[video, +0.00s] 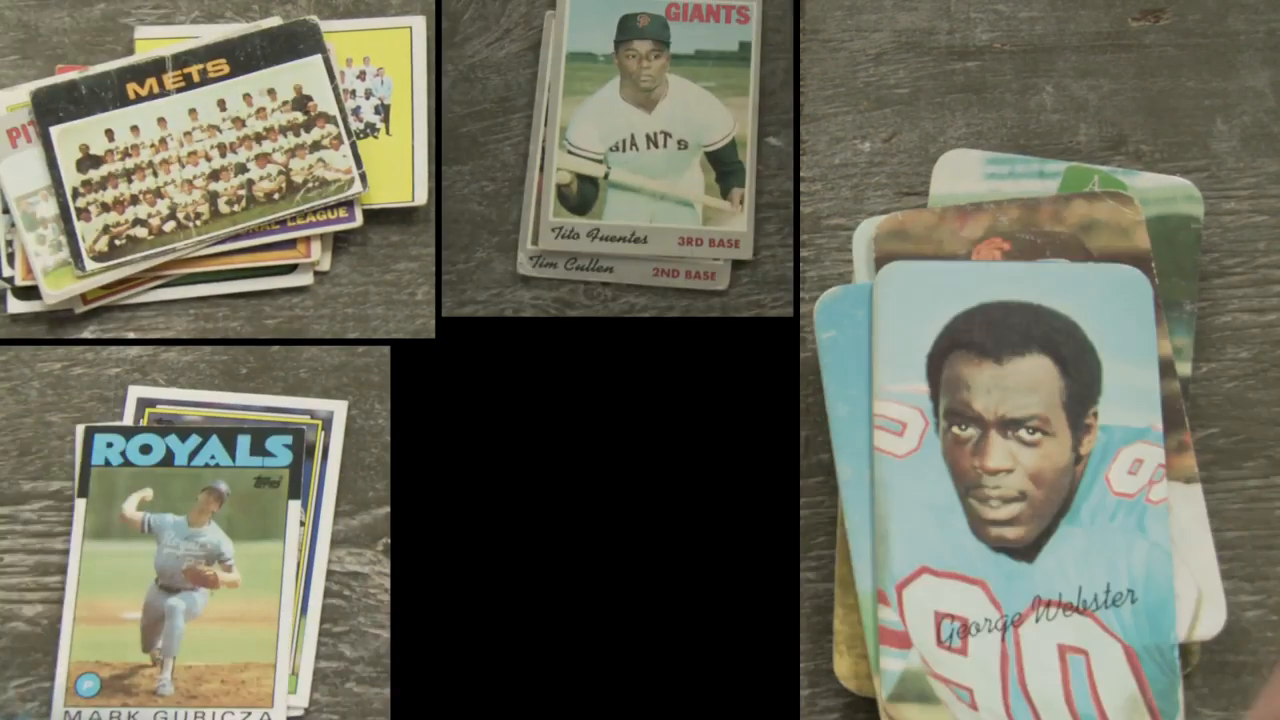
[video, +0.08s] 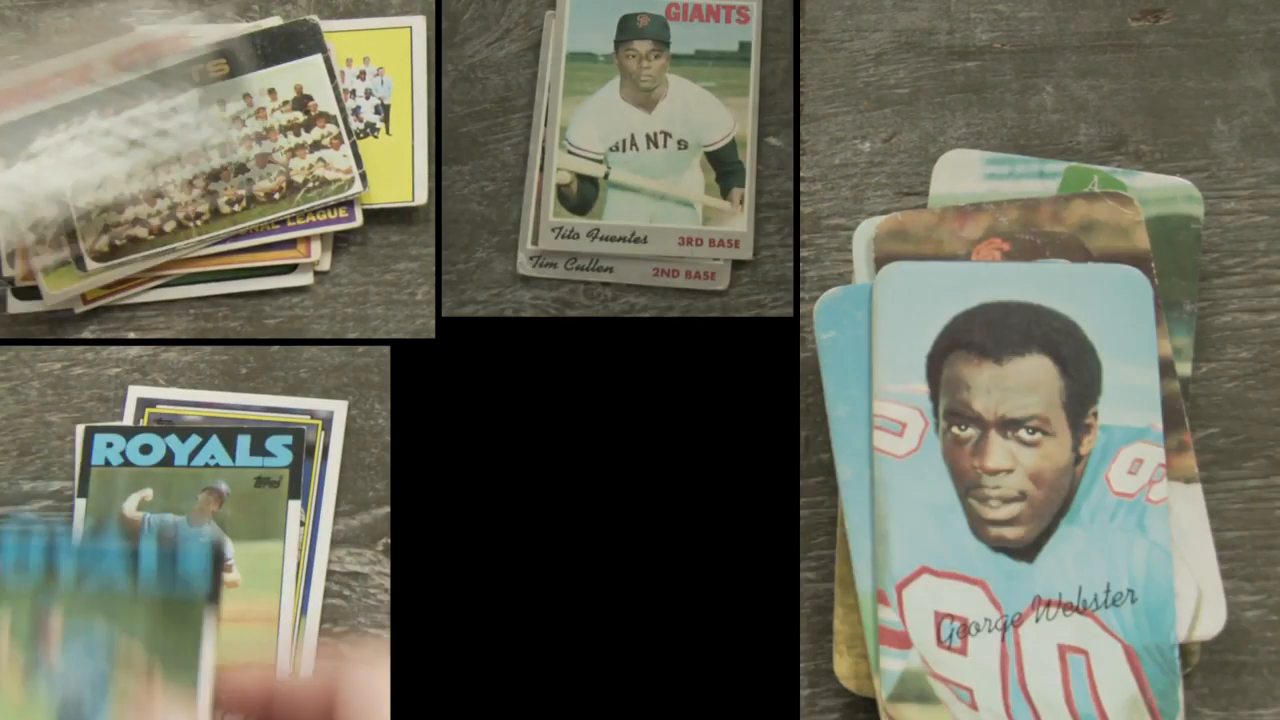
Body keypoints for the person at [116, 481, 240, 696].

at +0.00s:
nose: (211, 500)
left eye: (217, 499)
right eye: (209, 494)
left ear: (218, 507)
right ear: (199, 495)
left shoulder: (218, 539)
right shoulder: (167, 523)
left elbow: (235, 578)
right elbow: (127, 513)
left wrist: (215, 576)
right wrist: (139, 494)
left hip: (193, 592)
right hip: (160, 589)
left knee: (174, 605)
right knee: (147, 645)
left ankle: (166, 677)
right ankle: (159, 650)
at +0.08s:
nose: (209, 499)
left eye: (215, 498)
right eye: (208, 493)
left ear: (217, 507)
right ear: (199, 495)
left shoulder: (220, 539)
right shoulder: (170, 523)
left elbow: (235, 578)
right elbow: (128, 513)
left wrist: (214, 576)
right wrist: (140, 495)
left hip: (199, 609)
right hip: (165, 605)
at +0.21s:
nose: (129, 498)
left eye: (133, 494)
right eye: (125, 495)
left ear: (144, 495)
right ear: (122, 498)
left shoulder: (166, 510)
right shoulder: (127, 524)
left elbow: (194, 524)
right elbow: (110, 539)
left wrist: (209, 539)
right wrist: (97, 512)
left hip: (173, 568)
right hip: (146, 574)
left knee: (159, 598)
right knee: (147, 617)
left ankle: (141, 657)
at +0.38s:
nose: (129, 498)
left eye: (133, 494)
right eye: (126, 495)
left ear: (144, 495)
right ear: (122, 498)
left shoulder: (165, 510)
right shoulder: (127, 524)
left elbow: (194, 524)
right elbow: (111, 539)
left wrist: (209, 539)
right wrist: (97, 511)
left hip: (173, 568)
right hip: (146, 574)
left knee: (159, 598)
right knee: (146, 615)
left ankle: (141, 657)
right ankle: (156, 637)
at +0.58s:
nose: (266, 499)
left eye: (271, 492)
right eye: (260, 492)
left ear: (276, 493)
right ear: (246, 492)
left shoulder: (251, 508)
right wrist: (317, 577)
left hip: (200, 568)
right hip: (166, 558)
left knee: (191, 633)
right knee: (136, 620)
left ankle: (167, 691)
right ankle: (113, 669)